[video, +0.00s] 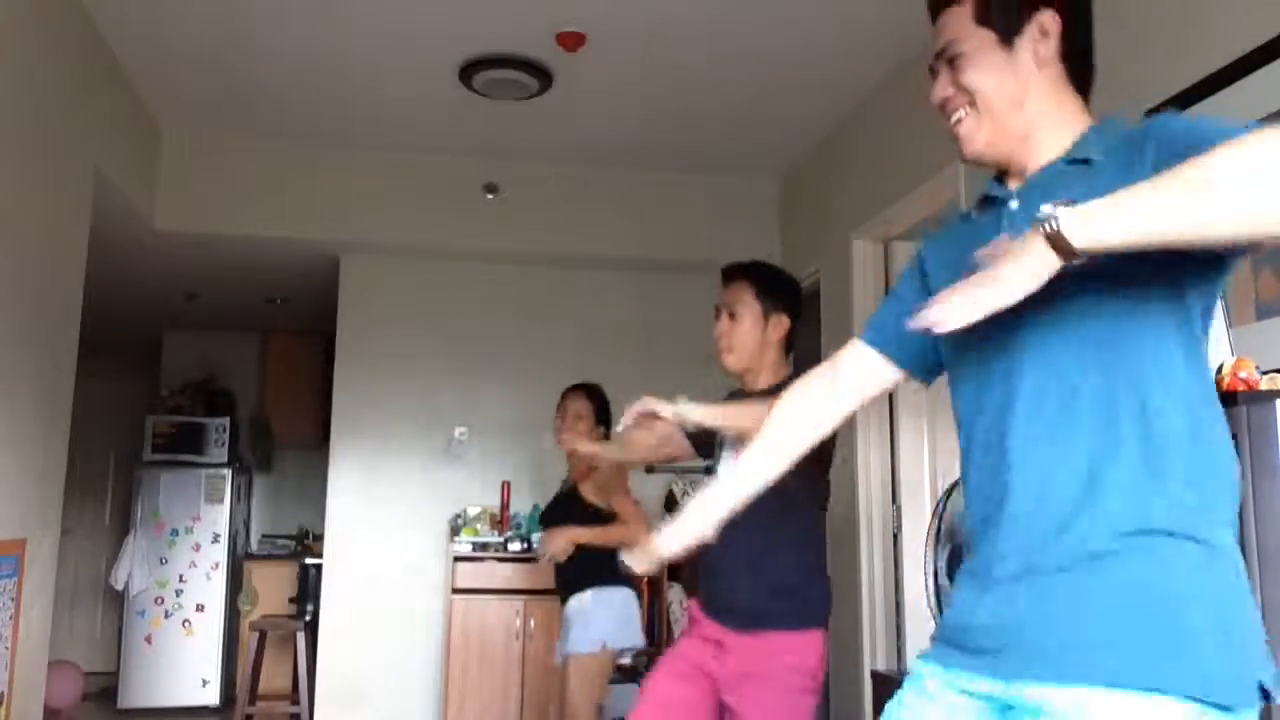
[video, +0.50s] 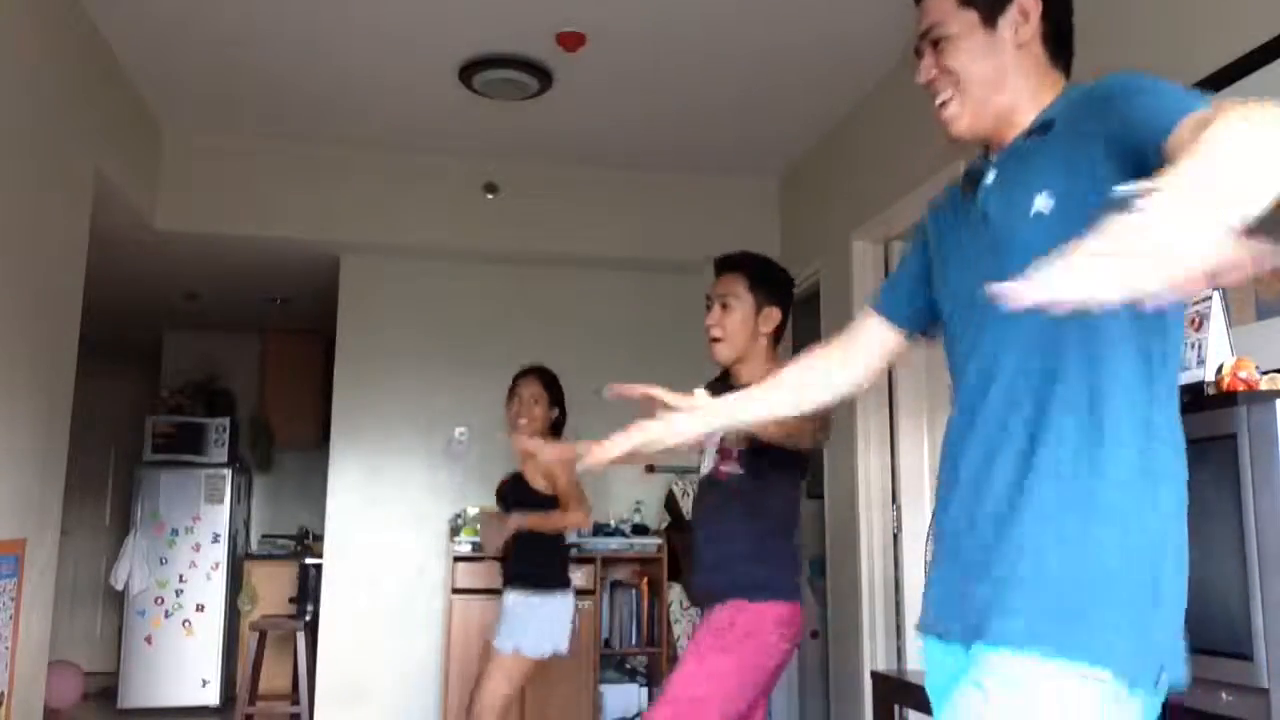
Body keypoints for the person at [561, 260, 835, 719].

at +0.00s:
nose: (719, 330)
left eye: (733, 315)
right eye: (719, 316)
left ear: (778, 327)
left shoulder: (811, 399)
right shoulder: (732, 410)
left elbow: (774, 419)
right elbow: (661, 443)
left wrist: (678, 412)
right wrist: (601, 449)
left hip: (781, 641)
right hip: (707, 629)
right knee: (649, 712)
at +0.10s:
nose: (718, 311)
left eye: (732, 296)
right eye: (718, 298)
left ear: (777, 307)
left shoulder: (806, 378)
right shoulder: (734, 388)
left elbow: (756, 393)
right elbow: (671, 421)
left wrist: (670, 379)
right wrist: (584, 411)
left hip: (773, 613)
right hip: (710, 605)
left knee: (762, 714)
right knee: (638, 713)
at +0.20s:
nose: (714, 300)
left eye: (729, 286)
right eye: (714, 286)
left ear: (772, 298)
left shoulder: (789, 360)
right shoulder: (730, 361)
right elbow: (672, 389)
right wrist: (641, 399)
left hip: (756, 582)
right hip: (716, 582)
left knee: (733, 712)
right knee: (674, 710)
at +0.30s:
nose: (712, 320)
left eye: (727, 306)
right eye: (712, 306)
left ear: (770, 318)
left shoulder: (788, 384)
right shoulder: (717, 382)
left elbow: (784, 413)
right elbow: (655, 410)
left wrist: (753, 406)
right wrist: (686, 419)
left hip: (746, 597)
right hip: (712, 595)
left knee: (713, 712)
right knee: (705, 710)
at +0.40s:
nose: (711, 332)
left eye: (726, 318)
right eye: (711, 319)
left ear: (770, 332)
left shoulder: (789, 402)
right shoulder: (721, 399)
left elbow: (790, 442)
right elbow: (671, 429)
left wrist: (728, 429)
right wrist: (644, 446)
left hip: (755, 616)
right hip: (720, 610)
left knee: (681, 711)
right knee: (737, 713)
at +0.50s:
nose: (710, 321)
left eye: (726, 306)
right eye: (710, 307)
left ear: (770, 320)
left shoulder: (803, 397)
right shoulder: (719, 393)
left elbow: (805, 432)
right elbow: (653, 439)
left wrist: (702, 410)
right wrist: (579, 453)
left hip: (760, 608)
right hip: (716, 603)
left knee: (671, 712)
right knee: (744, 715)